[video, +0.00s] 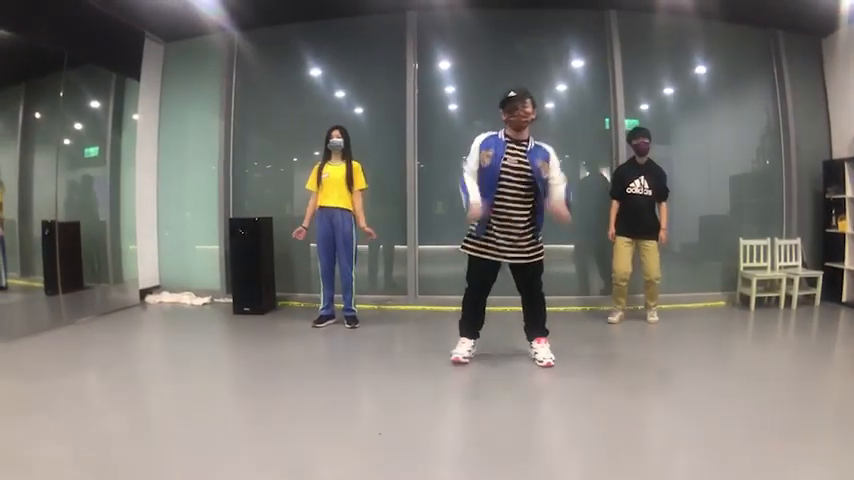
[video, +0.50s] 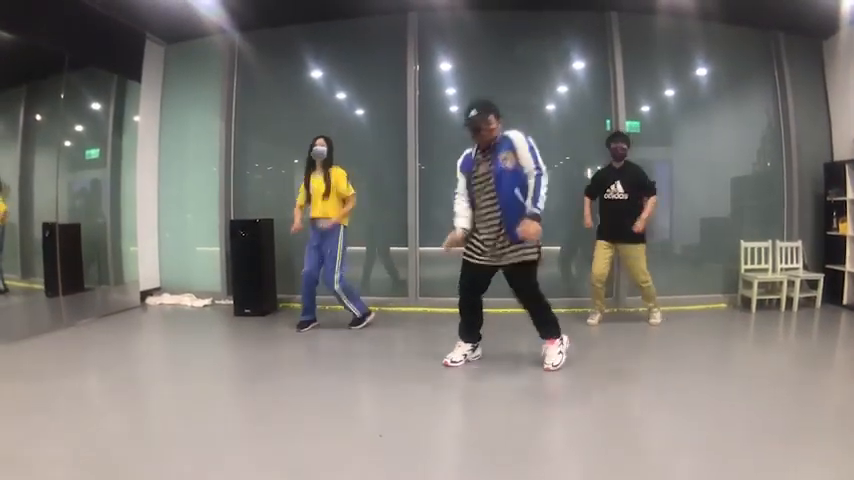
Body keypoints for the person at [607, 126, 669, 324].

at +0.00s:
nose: (643, 145)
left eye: (646, 142)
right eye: (638, 142)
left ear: (650, 144)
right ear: (631, 144)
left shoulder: (657, 172)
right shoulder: (621, 171)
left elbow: (662, 202)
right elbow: (615, 200)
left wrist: (663, 228)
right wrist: (611, 226)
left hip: (649, 232)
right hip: (624, 232)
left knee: (652, 276)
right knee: (620, 273)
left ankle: (651, 308)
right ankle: (619, 308)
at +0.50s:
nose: (618, 149)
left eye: (622, 146)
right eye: (614, 146)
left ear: (628, 149)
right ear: (609, 148)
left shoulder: (635, 172)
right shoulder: (602, 174)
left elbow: (651, 197)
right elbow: (588, 194)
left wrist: (643, 218)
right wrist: (587, 216)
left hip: (631, 235)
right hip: (606, 234)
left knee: (641, 277)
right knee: (597, 276)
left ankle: (653, 308)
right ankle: (597, 310)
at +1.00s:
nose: (647, 157)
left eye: (650, 153)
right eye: (643, 154)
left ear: (653, 154)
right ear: (633, 155)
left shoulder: (645, 174)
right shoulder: (625, 172)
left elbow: (647, 193)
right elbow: (605, 191)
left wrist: (658, 201)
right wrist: (624, 210)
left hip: (637, 236)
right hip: (618, 237)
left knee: (652, 274)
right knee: (606, 281)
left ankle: (641, 310)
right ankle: (579, 309)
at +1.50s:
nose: (609, 151)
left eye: (612, 148)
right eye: (605, 148)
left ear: (619, 148)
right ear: (600, 149)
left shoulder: (626, 171)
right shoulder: (597, 173)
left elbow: (646, 194)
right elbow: (589, 194)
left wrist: (637, 216)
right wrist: (583, 213)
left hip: (629, 234)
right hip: (604, 234)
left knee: (642, 275)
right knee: (596, 274)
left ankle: (656, 306)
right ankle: (597, 309)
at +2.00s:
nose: (640, 139)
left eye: (642, 135)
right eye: (635, 136)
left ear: (646, 138)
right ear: (627, 139)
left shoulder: (641, 164)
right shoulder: (619, 160)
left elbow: (642, 193)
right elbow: (608, 191)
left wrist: (650, 212)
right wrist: (618, 219)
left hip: (635, 225)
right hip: (613, 224)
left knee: (638, 270)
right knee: (601, 269)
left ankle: (633, 306)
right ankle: (586, 306)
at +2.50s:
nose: (623, 139)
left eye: (627, 135)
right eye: (619, 135)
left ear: (632, 137)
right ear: (613, 137)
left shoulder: (639, 163)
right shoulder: (603, 162)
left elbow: (648, 188)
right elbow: (593, 185)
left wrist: (648, 207)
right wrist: (589, 207)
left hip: (631, 227)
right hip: (604, 226)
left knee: (634, 272)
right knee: (597, 272)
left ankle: (636, 308)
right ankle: (591, 309)